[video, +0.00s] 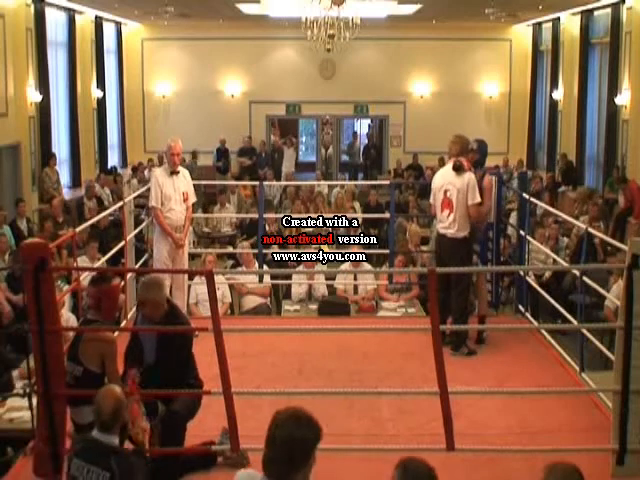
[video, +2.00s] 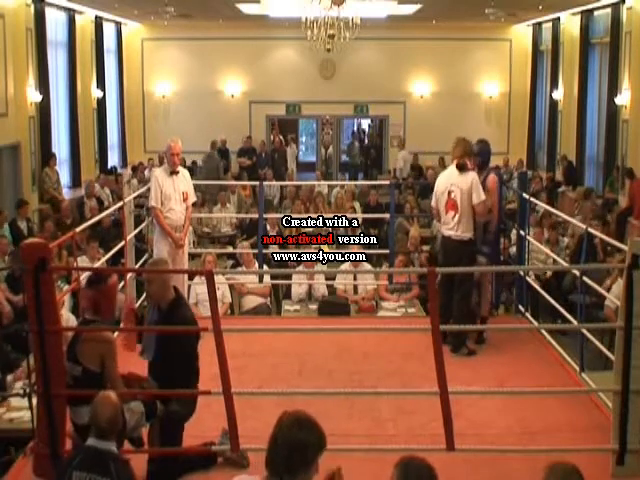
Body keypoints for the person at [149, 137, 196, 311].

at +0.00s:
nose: (175, 159)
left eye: (178, 155)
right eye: (172, 155)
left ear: (182, 156)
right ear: (166, 156)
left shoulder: (185, 174)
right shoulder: (157, 174)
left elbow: (189, 204)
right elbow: (155, 208)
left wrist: (185, 232)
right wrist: (172, 234)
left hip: (182, 228)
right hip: (164, 227)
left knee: (181, 271)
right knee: (163, 271)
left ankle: (181, 311)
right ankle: (162, 311)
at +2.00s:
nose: (175, 159)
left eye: (178, 155)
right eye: (172, 155)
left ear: (181, 155)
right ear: (165, 156)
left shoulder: (185, 174)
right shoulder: (158, 174)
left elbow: (189, 204)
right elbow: (154, 207)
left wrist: (184, 232)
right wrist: (171, 234)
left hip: (182, 226)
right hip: (164, 225)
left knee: (181, 267)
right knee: (163, 266)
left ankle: (181, 301)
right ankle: (163, 303)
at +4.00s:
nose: (176, 159)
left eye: (179, 155)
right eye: (172, 155)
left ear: (182, 155)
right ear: (166, 156)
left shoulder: (185, 174)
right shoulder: (158, 175)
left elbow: (189, 204)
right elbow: (156, 209)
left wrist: (184, 233)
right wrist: (172, 235)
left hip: (182, 227)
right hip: (164, 226)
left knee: (181, 270)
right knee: (163, 269)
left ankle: (182, 306)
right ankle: (163, 308)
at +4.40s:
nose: (176, 159)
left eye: (179, 155)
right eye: (173, 155)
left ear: (182, 155)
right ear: (166, 156)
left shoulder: (185, 174)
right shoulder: (158, 175)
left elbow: (189, 205)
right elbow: (156, 209)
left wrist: (184, 233)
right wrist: (173, 235)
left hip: (183, 227)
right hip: (164, 226)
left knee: (181, 270)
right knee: (163, 268)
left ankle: (181, 305)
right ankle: (163, 306)